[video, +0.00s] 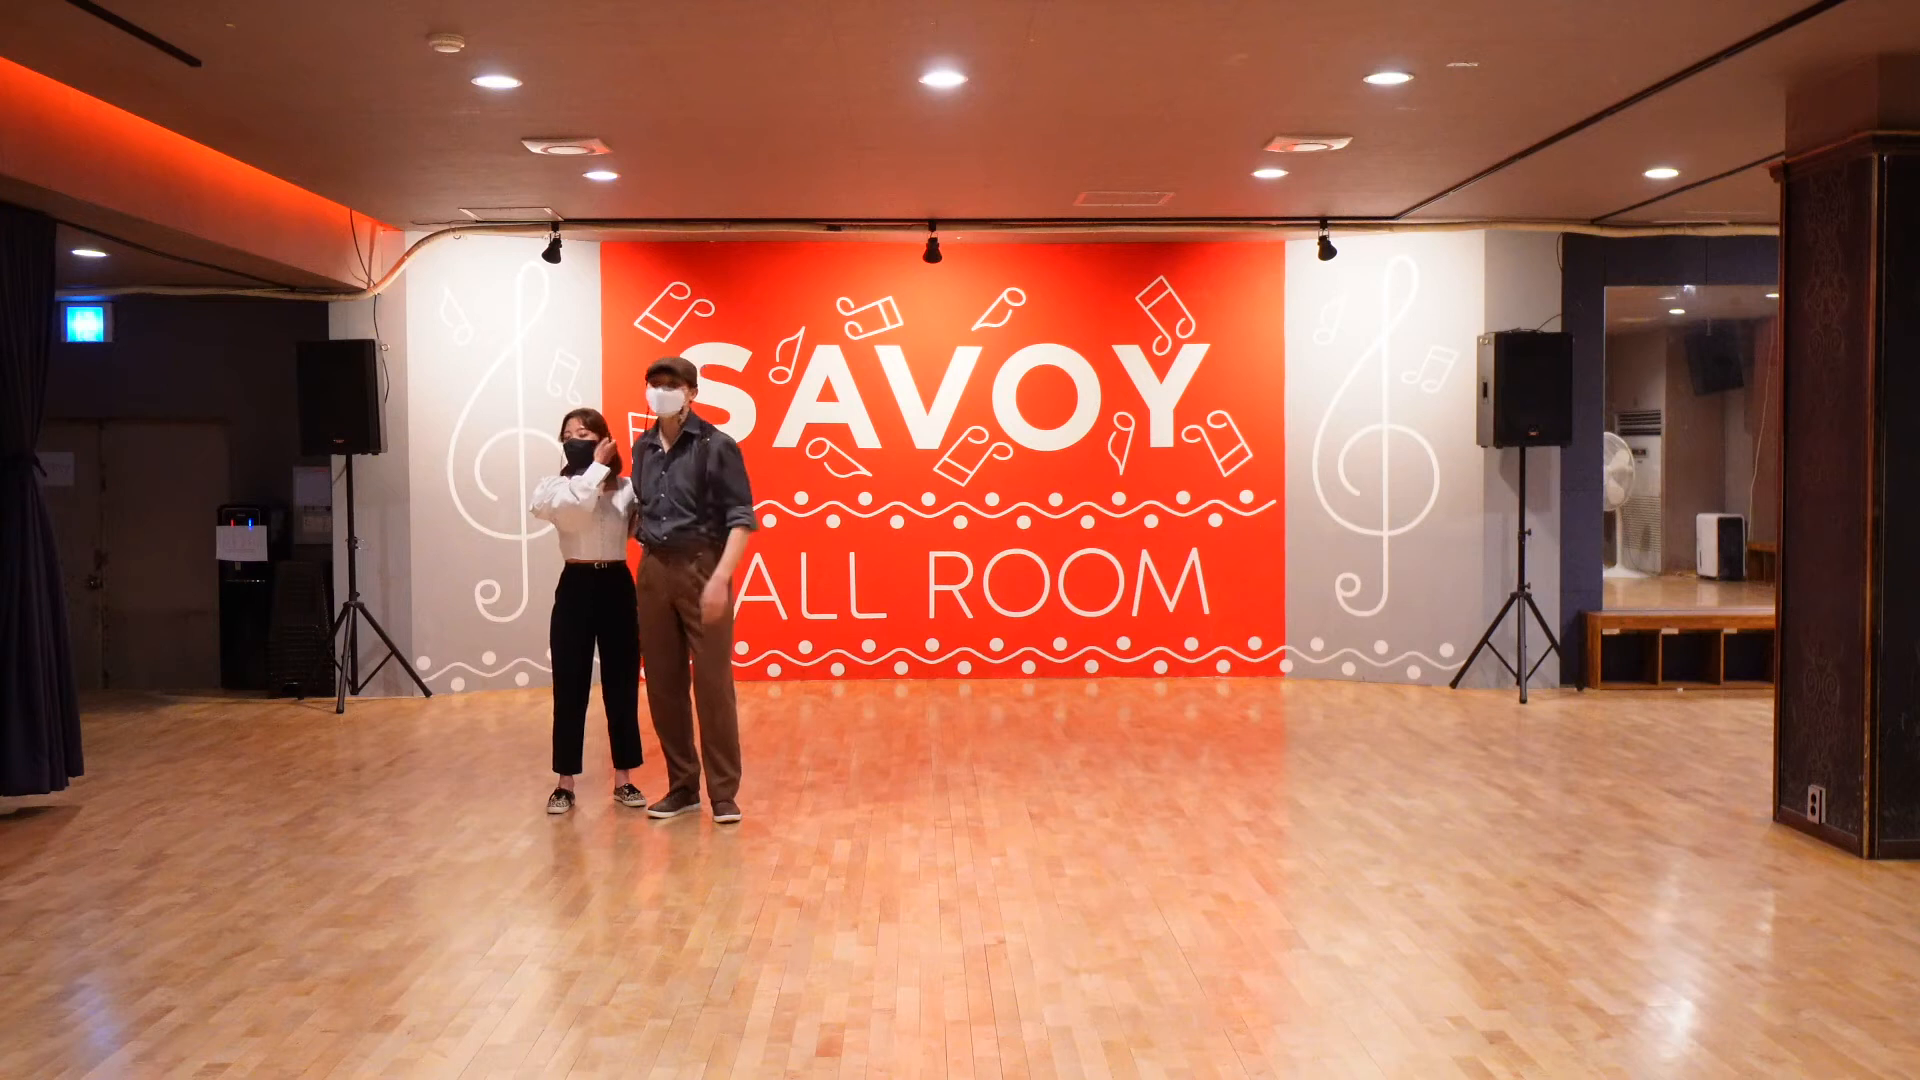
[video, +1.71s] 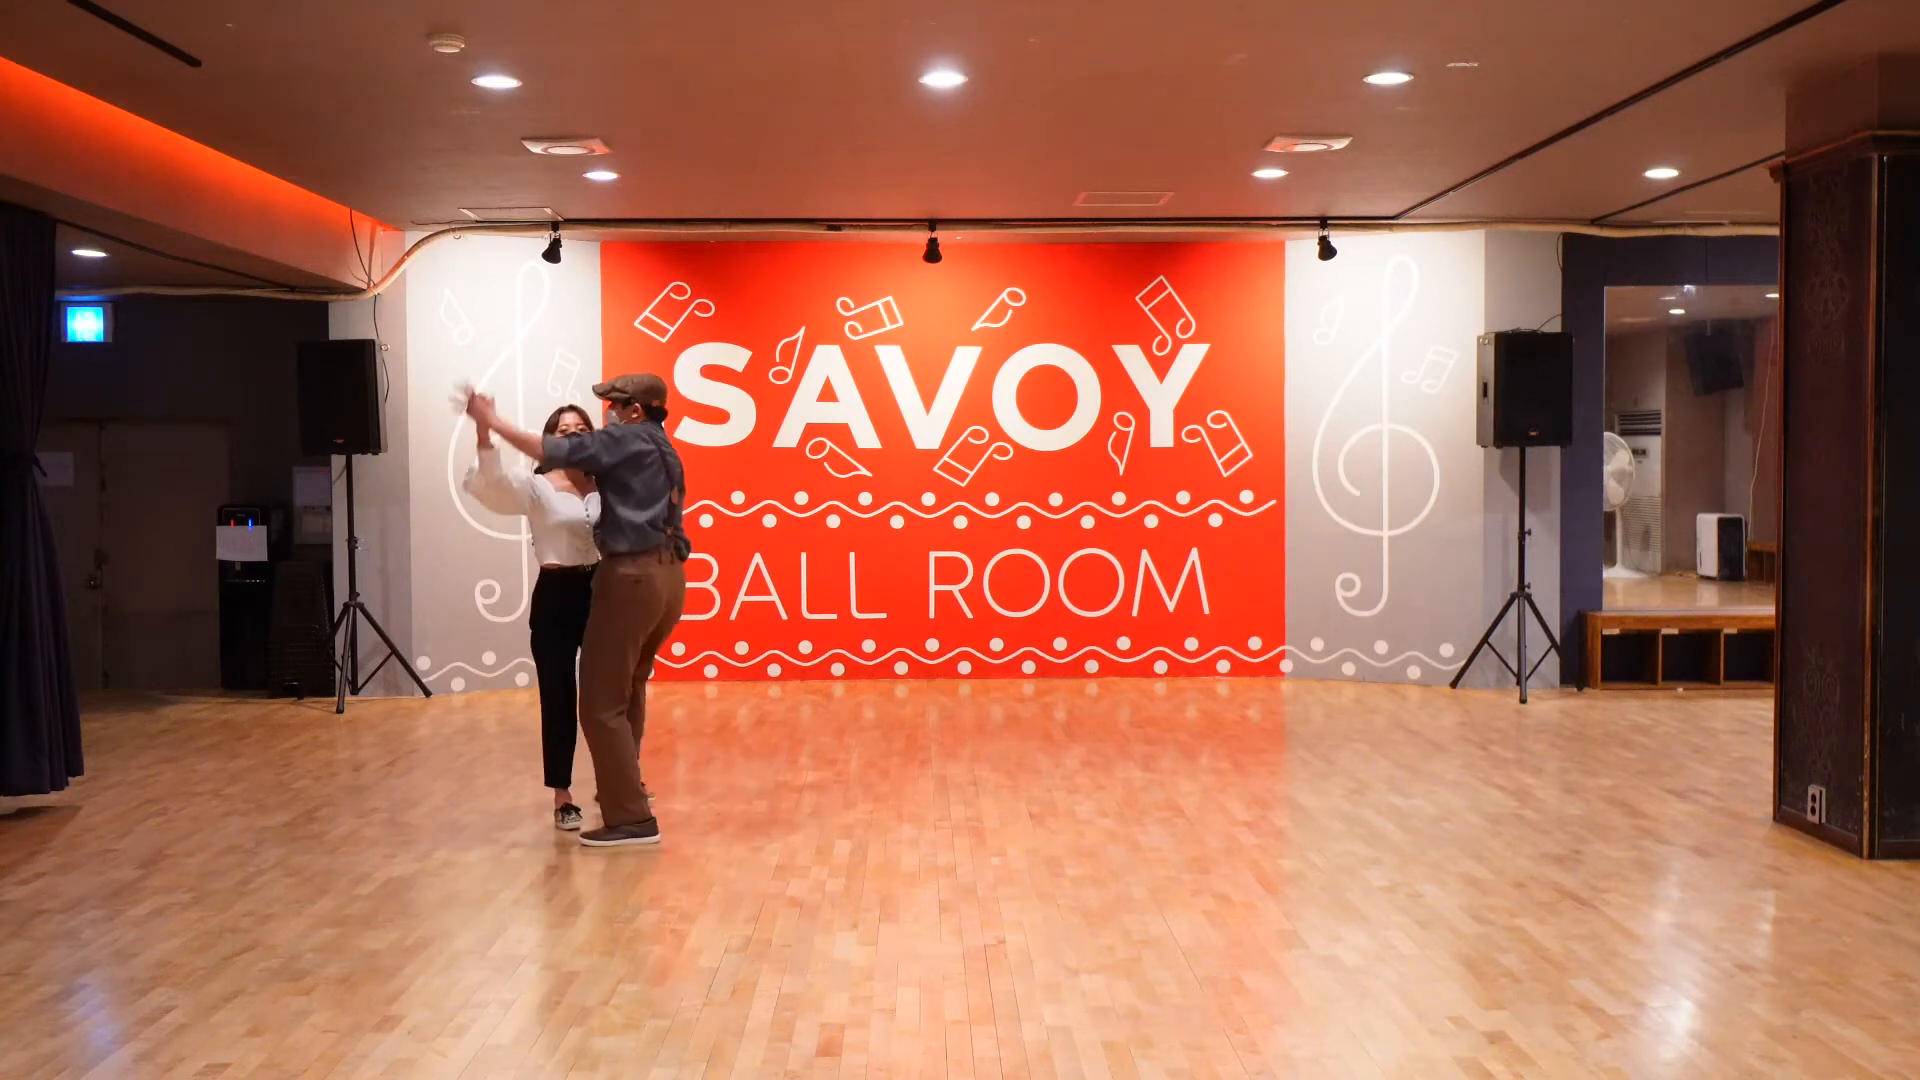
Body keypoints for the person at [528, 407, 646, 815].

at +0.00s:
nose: (578, 434)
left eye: (587, 429)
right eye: (571, 430)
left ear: (604, 441)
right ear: (561, 443)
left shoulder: (623, 487)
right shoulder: (550, 487)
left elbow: (649, 524)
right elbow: (567, 507)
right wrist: (595, 465)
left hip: (618, 587)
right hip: (575, 588)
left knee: (622, 688)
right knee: (569, 688)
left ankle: (623, 781)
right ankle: (565, 784)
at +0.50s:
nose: (593, 433)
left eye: (601, 428)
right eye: (584, 430)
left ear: (613, 439)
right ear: (573, 443)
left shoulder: (631, 490)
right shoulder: (557, 492)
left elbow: (654, 528)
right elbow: (539, 548)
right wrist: (583, 529)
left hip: (621, 591)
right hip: (578, 592)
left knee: (625, 690)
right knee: (571, 691)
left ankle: (624, 781)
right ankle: (565, 784)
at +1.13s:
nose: (592, 437)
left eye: (599, 431)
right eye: (582, 434)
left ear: (610, 441)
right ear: (570, 447)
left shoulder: (629, 488)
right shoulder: (565, 501)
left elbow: (652, 529)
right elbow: (561, 560)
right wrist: (595, 587)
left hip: (628, 601)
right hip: (587, 606)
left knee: (624, 696)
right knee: (580, 698)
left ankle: (621, 780)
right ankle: (567, 788)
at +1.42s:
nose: (574, 438)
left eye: (581, 432)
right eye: (564, 434)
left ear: (592, 441)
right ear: (550, 448)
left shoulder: (613, 489)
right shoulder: (543, 500)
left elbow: (632, 533)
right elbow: (538, 557)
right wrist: (540, 584)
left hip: (613, 599)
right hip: (570, 602)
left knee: (615, 693)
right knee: (569, 699)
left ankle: (624, 790)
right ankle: (566, 797)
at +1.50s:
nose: (570, 440)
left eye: (577, 434)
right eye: (561, 436)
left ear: (589, 444)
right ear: (547, 450)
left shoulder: (605, 491)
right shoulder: (538, 499)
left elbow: (627, 530)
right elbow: (510, 539)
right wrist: (498, 546)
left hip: (606, 596)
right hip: (565, 601)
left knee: (613, 693)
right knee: (566, 699)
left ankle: (625, 790)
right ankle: (566, 798)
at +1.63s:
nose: (571, 438)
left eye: (579, 432)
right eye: (561, 434)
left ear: (591, 441)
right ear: (547, 447)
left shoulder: (608, 491)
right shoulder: (536, 496)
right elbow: (488, 508)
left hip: (604, 595)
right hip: (557, 598)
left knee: (609, 693)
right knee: (561, 699)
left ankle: (623, 791)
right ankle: (565, 799)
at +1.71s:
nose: (573, 435)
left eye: (580, 429)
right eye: (564, 431)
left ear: (592, 437)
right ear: (550, 440)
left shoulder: (606, 484)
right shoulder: (536, 484)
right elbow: (490, 487)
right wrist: (484, 431)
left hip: (602, 589)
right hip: (556, 592)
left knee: (611, 689)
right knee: (558, 696)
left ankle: (622, 787)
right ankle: (563, 797)